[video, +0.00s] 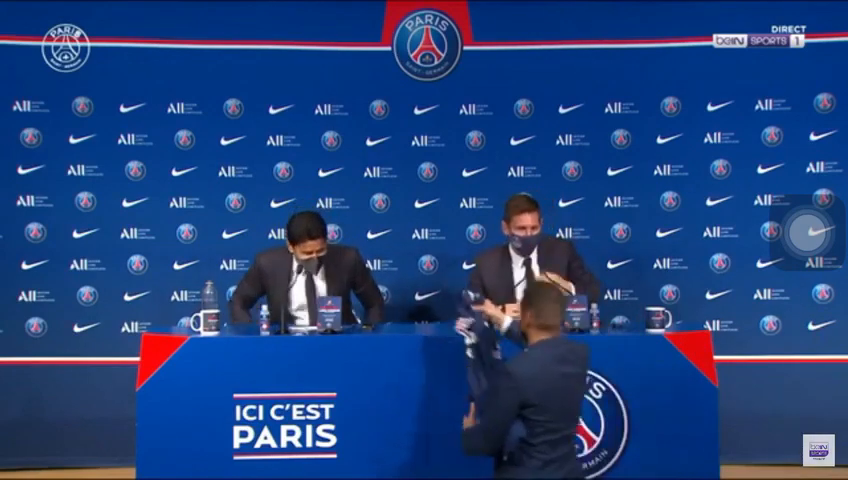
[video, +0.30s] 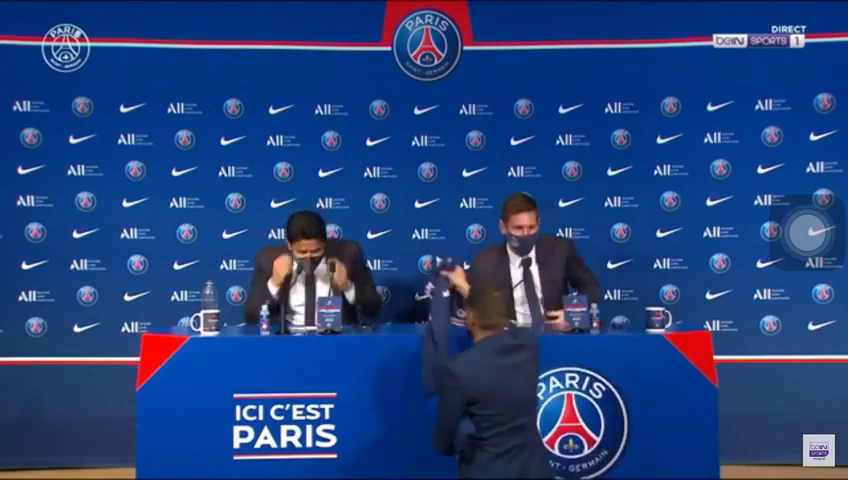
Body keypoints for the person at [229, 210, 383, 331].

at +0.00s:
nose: (314, 258)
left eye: (320, 251)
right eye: (307, 254)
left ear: (327, 241)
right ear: (290, 246)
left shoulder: (347, 259)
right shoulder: (268, 263)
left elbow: (374, 303)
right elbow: (238, 303)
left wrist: (366, 335)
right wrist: (252, 338)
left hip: (338, 347)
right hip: (286, 348)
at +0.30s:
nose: (309, 258)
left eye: (316, 252)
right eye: (302, 252)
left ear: (325, 242)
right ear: (290, 245)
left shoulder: (348, 253)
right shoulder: (271, 259)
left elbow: (375, 308)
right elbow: (252, 316)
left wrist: (348, 287)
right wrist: (275, 283)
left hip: (337, 342)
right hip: (289, 343)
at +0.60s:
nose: (313, 244)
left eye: (320, 237)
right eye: (306, 237)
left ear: (330, 234)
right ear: (294, 235)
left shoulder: (349, 250)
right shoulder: (272, 256)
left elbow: (376, 305)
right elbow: (252, 313)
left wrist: (348, 263)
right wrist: (276, 266)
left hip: (337, 343)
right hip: (290, 344)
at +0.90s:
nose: (315, 246)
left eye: (321, 238)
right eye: (307, 239)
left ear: (330, 232)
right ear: (294, 236)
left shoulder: (348, 251)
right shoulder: (271, 257)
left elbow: (369, 316)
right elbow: (254, 315)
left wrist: (349, 272)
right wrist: (278, 279)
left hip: (337, 343)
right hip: (289, 344)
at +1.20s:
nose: (318, 241)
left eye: (323, 232)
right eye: (310, 233)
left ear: (330, 227)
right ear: (296, 230)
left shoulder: (350, 250)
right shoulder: (273, 257)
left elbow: (368, 315)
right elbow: (263, 314)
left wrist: (355, 280)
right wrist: (295, 295)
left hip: (339, 342)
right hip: (291, 343)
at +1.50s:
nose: (324, 243)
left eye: (329, 235)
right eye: (316, 236)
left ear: (336, 231)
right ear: (300, 232)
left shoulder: (353, 254)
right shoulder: (277, 257)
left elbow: (369, 316)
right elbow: (269, 314)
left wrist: (351, 294)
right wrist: (302, 308)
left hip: (343, 344)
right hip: (295, 345)